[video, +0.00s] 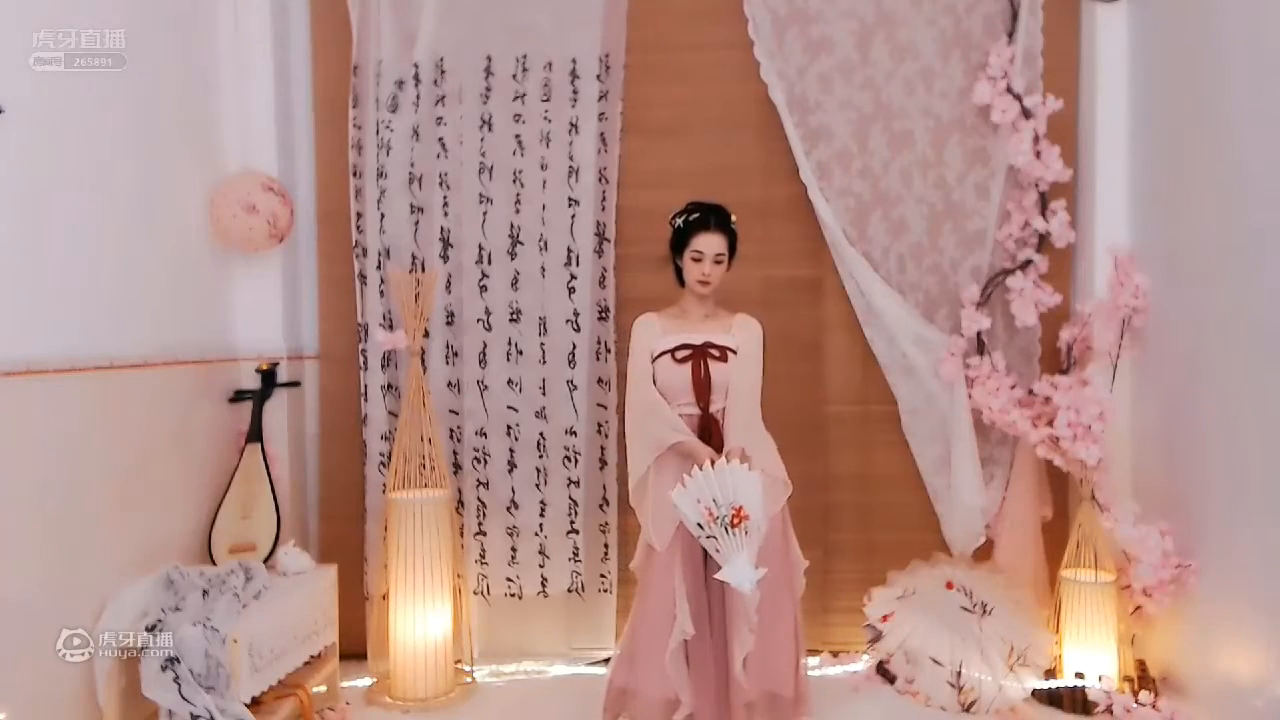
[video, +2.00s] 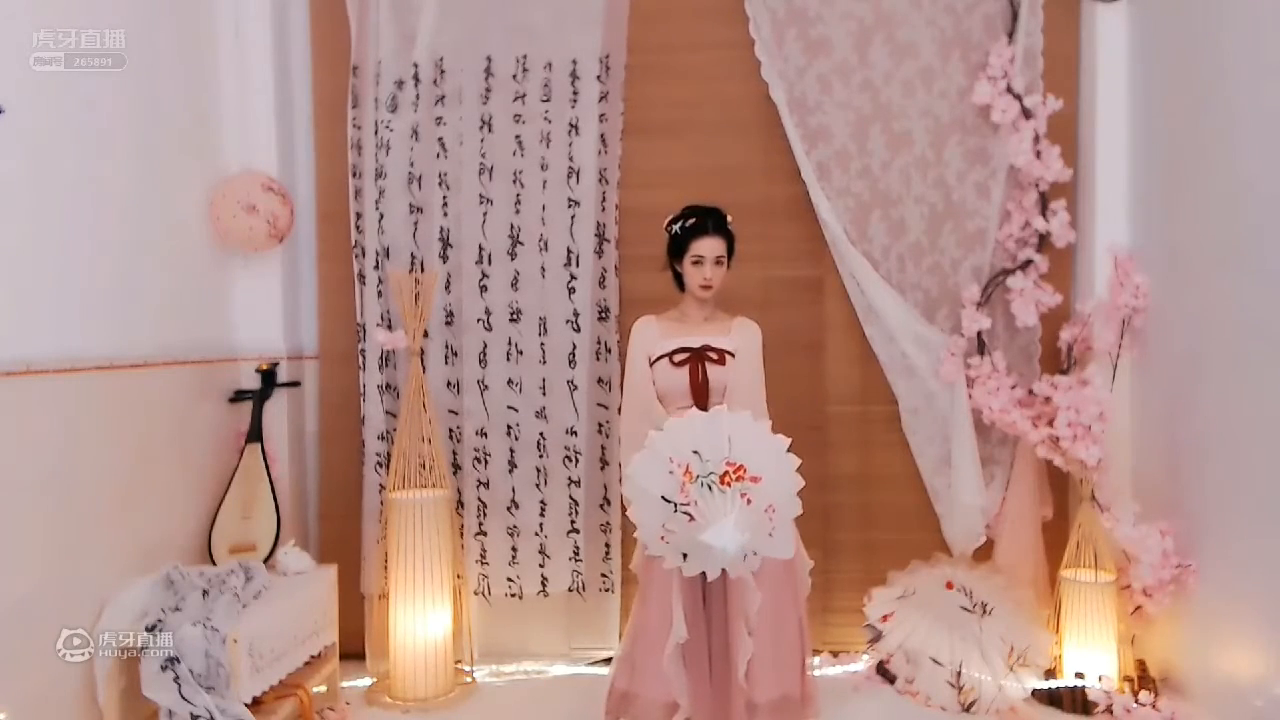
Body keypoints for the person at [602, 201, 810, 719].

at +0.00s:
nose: (707, 270)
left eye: (718, 260)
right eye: (697, 258)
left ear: (730, 265)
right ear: (678, 260)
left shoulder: (746, 328)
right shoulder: (649, 327)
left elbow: (747, 408)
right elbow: (644, 407)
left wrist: (738, 461)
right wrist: (698, 452)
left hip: (741, 466)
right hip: (675, 466)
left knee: (745, 587)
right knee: (679, 584)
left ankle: (746, 702)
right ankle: (681, 703)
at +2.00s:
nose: (709, 274)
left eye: (718, 262)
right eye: (698, 262)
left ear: (729, 267)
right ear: (677, 265)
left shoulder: (745, 332)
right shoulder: (648, 331)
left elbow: (755, 419)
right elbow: (638, 421)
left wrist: (750, 491)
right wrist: (652, 497)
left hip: (735, 484)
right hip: (671, 486)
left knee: (737, 605)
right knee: (674, 605)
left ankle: (739, 708)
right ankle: (677, 710)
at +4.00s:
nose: (714, 271)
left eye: (723, 259)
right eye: (703, 261)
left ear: (738, 263)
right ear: (688, 266)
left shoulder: (755, 335)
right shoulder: (661, 325)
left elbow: (769, 425)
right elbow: (642, 412)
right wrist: (651, 478)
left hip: (738, 494)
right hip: (674, 491)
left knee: (738, 610)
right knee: (673, 610)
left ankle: (736, 711)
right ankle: (675, 711)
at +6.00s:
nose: (718, 270)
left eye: (729, 258)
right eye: (708, 260)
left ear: (745, 263)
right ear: (695, 268)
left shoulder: (761, 339)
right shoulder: (673, 337)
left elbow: (786, 430)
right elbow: (651, 421)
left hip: (750, 485)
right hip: (683, 483)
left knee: (747, 605)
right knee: (683, 606)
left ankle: (747, 709)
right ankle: (679, 710)